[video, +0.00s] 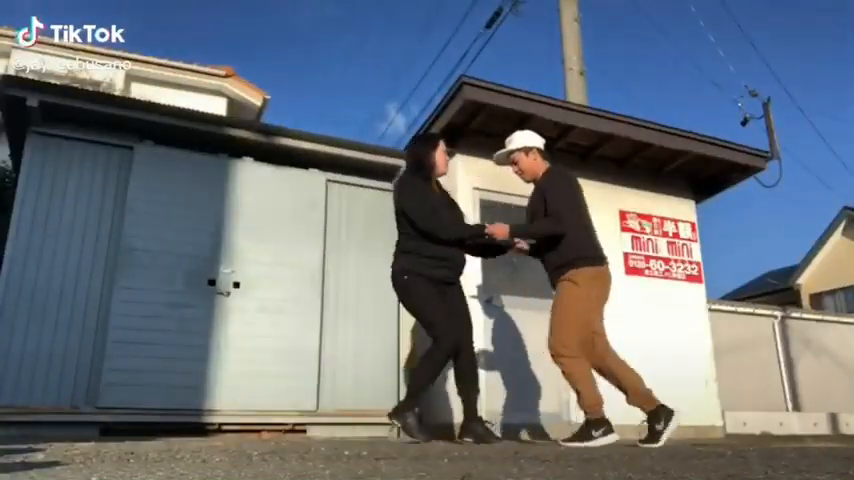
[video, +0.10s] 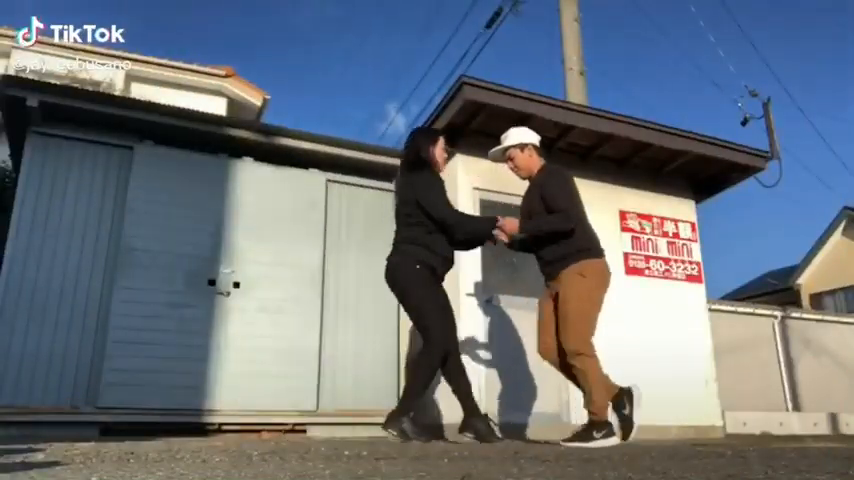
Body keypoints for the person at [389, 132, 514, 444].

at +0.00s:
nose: (447, 159)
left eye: (446, 153)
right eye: (443, 153)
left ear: (428, 156)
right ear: (427, 156)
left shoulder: (440, 194)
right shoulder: (411, 186)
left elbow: (464, 241)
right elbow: (440, 227)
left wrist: (506, 246)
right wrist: (485, 231)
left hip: (445, 279)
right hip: (415, 277)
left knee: (464, 344)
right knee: (447, 338)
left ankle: (472, 420)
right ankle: (406, 408)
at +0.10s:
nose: (446, 156)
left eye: (445, 150)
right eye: (442, 149)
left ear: (424, 150)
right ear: (428, 149)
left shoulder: (419, 181)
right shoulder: (422, 177)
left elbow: (455, 238)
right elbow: (449, 220)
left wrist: (489, 234)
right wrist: (494, 223)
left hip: (419, 270)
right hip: (412, 268)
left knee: (448, 344)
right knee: (438, 341)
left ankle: (473, 415)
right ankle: (402, 414)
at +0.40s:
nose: (428, 154)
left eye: (428, 148)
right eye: (424, 148)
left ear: (393, 145)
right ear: (412, 147)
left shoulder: (377, 171)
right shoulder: (412, 177)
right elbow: (455, 197)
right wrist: (492, 177)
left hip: (352, 253)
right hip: (387, 254)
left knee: (369, 335)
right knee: (399, 334)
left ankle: (324, 404)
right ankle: (400, 418)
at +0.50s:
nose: (413, 154)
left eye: (413, 148)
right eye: (409, 148)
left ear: (380, 146)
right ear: (396, 147)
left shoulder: (366, 174)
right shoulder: (392, 177)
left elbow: (410, 207)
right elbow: (436, 193)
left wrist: (431, 186)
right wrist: (480, 172)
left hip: (334, 258)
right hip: (366, 260)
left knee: (336, 338)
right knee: (390, 334)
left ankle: (308, 417)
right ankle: (398, 418)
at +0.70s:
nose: (377, 158)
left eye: (378, 152)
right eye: (375, 151)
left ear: (353, 146)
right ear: (362, 146)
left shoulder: (342, 178)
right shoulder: (345, 172)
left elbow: (382, 238)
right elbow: (375, 214)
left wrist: (423, 239)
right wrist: (426, 220)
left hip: (310, 263)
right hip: (318, 262)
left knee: (314, 342)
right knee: (346, 335)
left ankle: (307, 418)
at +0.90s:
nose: (358, 154)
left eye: (360, 148)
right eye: (356, 146)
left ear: (341, 145)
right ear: (340, 142)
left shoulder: (341, 185)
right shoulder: (314, 166)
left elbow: (371, 237)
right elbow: (341, 207)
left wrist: (414, 240)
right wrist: (384, 214)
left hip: (311, 267)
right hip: (274, 256)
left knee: (333, 330)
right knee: (250, 330)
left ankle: (312, 413)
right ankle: (220, 409)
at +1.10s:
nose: (355, 152)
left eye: (356, 146)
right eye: (352, 144)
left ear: (336, 143)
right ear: (336, 140)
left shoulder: (334, 182)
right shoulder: (316, 166)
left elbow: (368, 235)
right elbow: (343, 210)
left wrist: (405, 233)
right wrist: (392, 215)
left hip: (311, 270)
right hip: (282, 257)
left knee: (316, 336)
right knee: (262, 329)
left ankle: (282, 416)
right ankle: (220, 409)